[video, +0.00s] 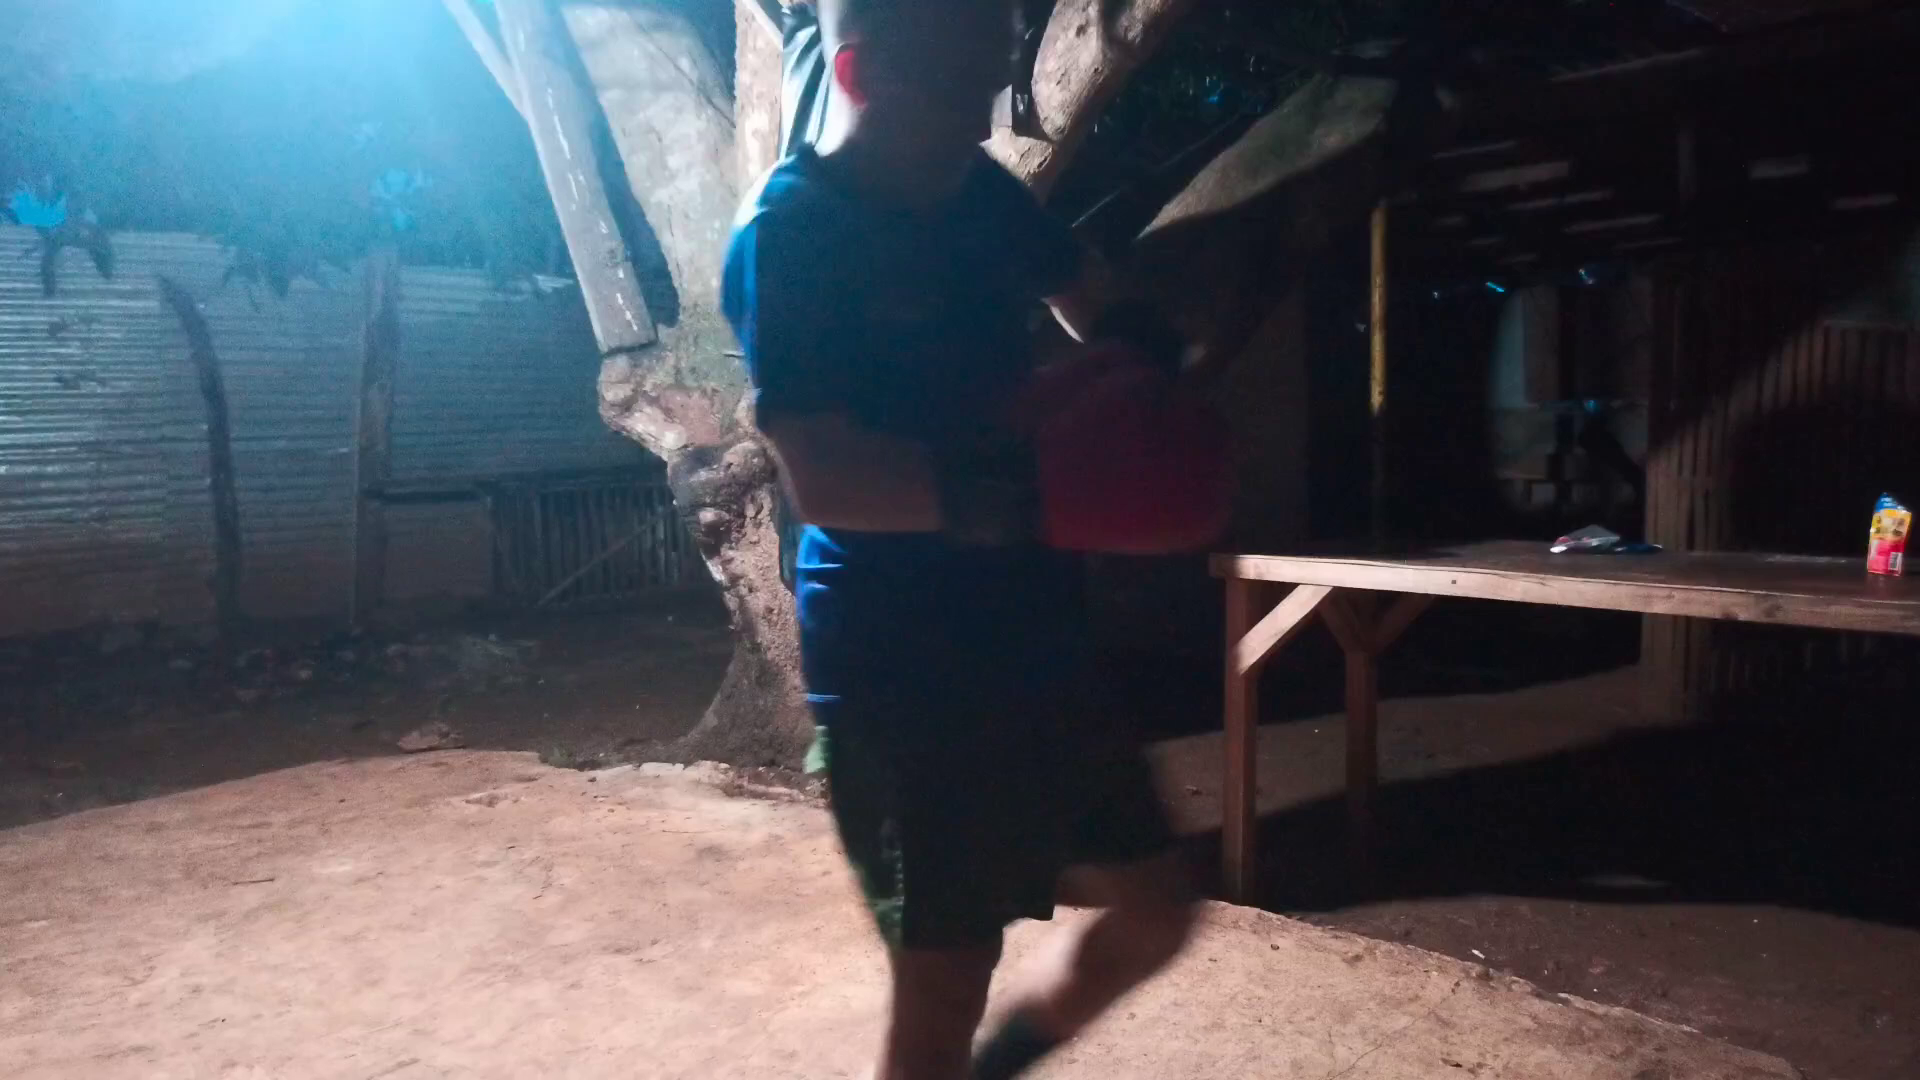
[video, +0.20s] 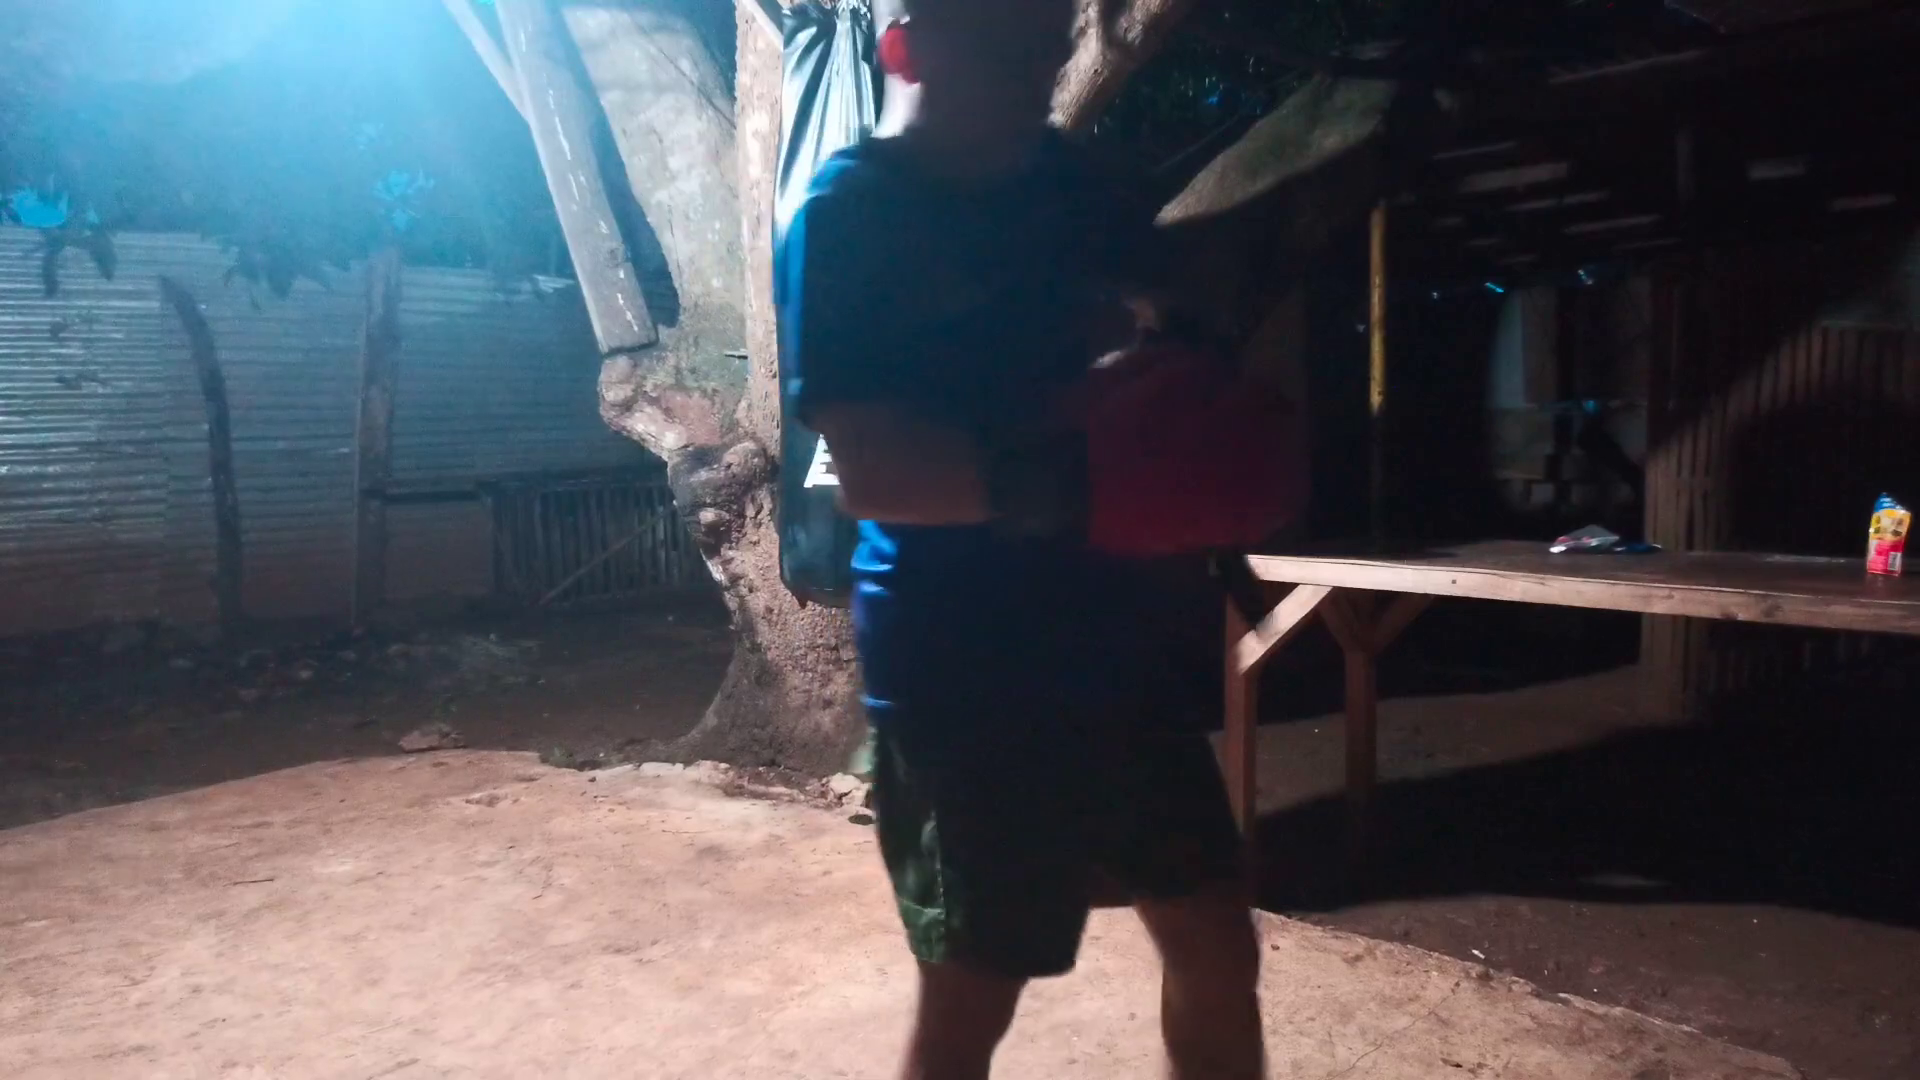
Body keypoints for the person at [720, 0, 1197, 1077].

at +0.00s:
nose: (990, 79)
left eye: (994, 54)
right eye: (957, 57)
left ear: (1006, 62)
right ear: (859, 71)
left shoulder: (983, 192)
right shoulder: (794, 229)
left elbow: (1107, 309)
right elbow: (821, 482)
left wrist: (1147, 376)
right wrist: (1033, 494)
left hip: (1024, 613)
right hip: (889, 644)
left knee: (1152, 911)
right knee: (942, 987)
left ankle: (991, 1058)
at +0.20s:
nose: (1047, 34)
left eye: (1052, 18)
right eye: (1003, 18)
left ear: (1067, 38)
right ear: (910, 42)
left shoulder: (1085, 181)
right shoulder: (854, 205)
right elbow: (875, 473)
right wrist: (1091, 479)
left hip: (1120, 636)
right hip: (959, 662)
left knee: (1216, 955)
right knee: (967, 1000)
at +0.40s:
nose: (1098, 37)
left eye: (1115, 14)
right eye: (1061, 12)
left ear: (1142, 34)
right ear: (992, 34)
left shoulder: (1178, 176)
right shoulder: (942, 186)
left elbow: (1258, 406)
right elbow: (925, 449)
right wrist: (1156, 443)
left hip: (1190, 657)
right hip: (1019, 673)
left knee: (1267, 983)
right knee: (1013, 1022)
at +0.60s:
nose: (1167, 36)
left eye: (1202, 11)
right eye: (1133, 10)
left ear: (1250, 30)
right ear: (1080, 33)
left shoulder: (1301, 185)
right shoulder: (1030, 180)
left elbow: (1363, 400)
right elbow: (980, 429)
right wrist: (1154, 437)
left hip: (1258, 630)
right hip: (1077, 639)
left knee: (1295, 996)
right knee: (1099, 1014)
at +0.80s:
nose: (1188, 36)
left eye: (1224, 10)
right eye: (1155, 11)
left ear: (1278, 28)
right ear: (1111, 29)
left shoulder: (1343, 183)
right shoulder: (1058, 180)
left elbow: (1441, 399)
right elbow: (946, 421)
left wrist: (1338, 421)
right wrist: (1073, 413)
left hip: (1288, 648)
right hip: (1097, 652)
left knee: (1294, 997)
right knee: (1069, 1019)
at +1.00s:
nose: (1144, 44)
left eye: (1174, 14)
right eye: (1108, 16)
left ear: (1223, 25)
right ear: (1053, 38)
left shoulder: (1308, 175)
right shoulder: (1006, 197)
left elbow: (1470, 332)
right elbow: (871, 384)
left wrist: (1572, 321)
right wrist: (744, 434)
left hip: (1267, 643)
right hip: (1073, 653)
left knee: (1283, 1011)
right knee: (1050, 1042)